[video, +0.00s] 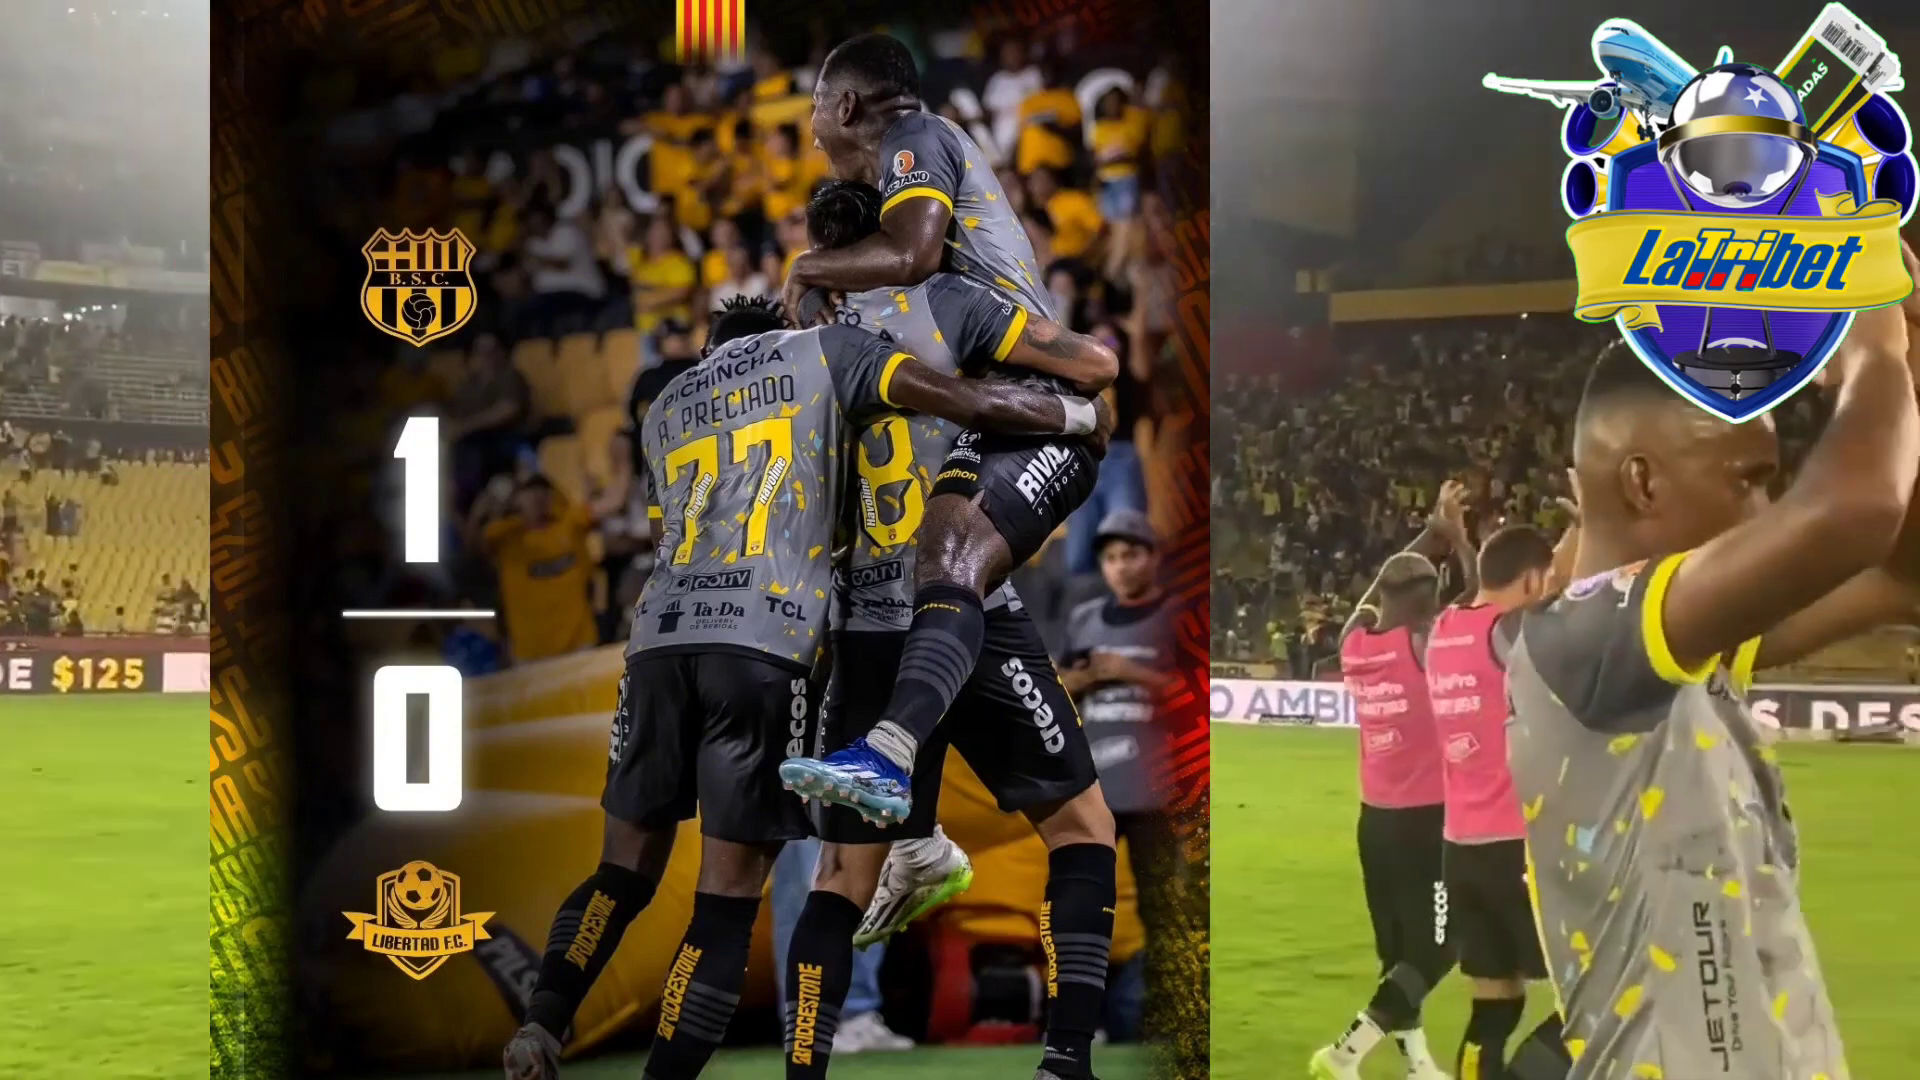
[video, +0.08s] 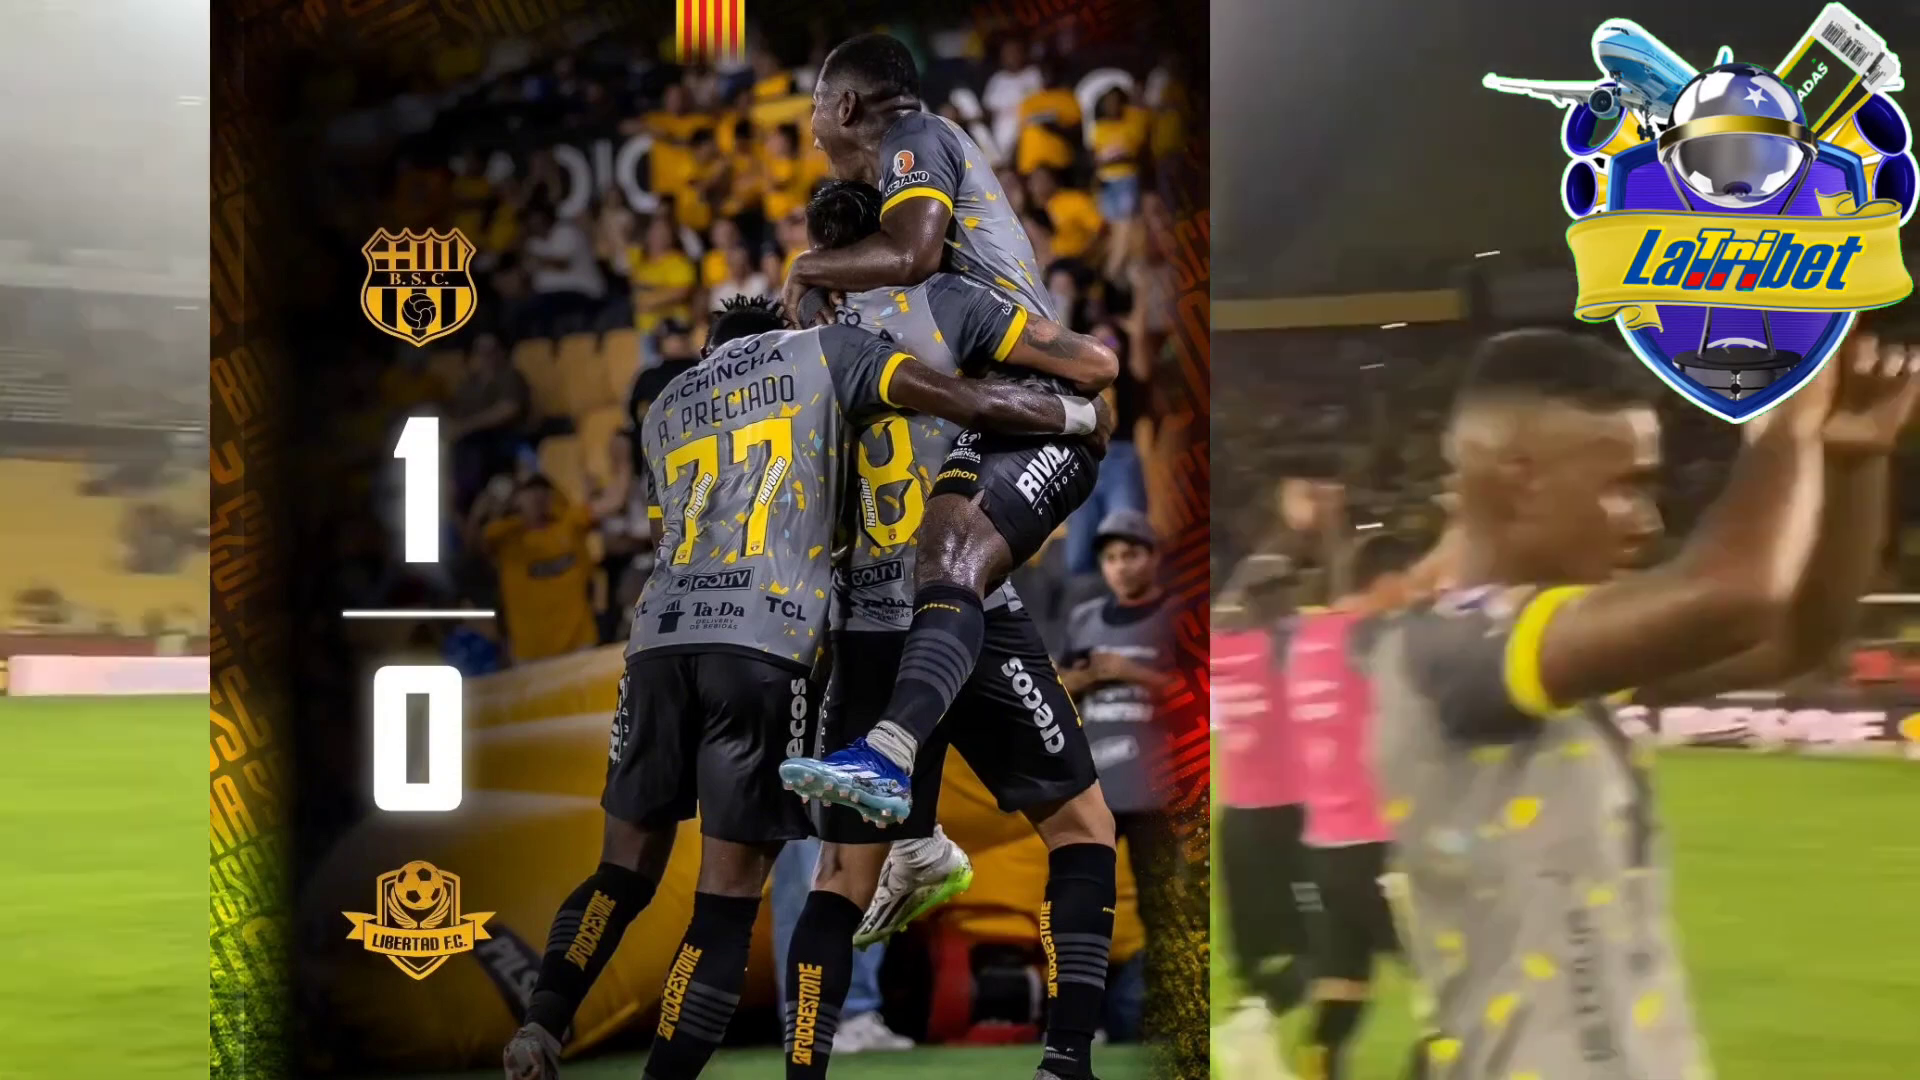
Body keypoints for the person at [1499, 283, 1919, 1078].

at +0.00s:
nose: (1771, 513)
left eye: (1773, 482)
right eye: (1750, 480)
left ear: (1636, 484)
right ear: (1641, 482)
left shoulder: (1683, 646)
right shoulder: (1579, 640)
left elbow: (1896, 579)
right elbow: (1848, 512)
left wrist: (1899, 371)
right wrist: (1876, 338)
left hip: (1780, 1053)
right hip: (1670, 1061)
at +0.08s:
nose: (1648, 519)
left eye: (1648, 486)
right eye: (1624, 487)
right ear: (1517, 480)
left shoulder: (1544, 642)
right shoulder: (1447, 648)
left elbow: (1796, 642)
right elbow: (1732, 596)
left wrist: (1857, 465)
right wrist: (1791, 418)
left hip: (1640, 1052)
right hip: (1528, 1058)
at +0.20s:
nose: (1483, 536)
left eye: (1481, 501)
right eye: (1461, 499)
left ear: (1361, 502)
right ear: (1362, 497)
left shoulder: (1346, 657)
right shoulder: (1298, 660)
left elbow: (1606, 772)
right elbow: (1570, 775)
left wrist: (1749, 637)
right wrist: (1699, 575)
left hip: (1446, 1056)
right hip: (1360, 1062)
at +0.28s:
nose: (1353, 539)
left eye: (1350, 503)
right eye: (1333, 503)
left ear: (1237, 507)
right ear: (1234, 507)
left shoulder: (1242, 690)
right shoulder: (1213, 705)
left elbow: (1364, 907)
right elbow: (1360, 993)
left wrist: (1606, 925)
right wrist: (1648, 916)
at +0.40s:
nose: (1509, 635)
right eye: (1504, 623)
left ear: (1428, 629)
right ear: (1494, 628)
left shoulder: (1385, 708)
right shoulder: (1543, 712)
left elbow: (1376, 802)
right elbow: (1589, 813)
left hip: (1414, 958)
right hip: (1518, 959)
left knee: (1405, 1067)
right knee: (1539, 1068)